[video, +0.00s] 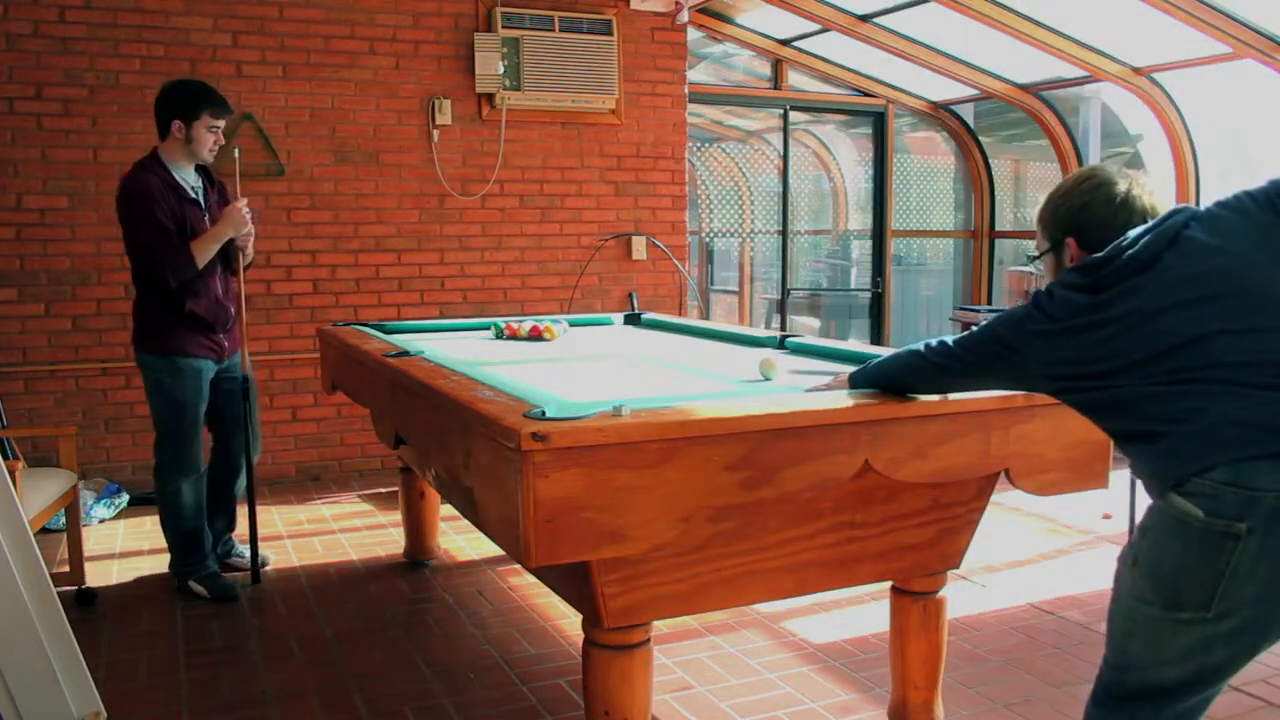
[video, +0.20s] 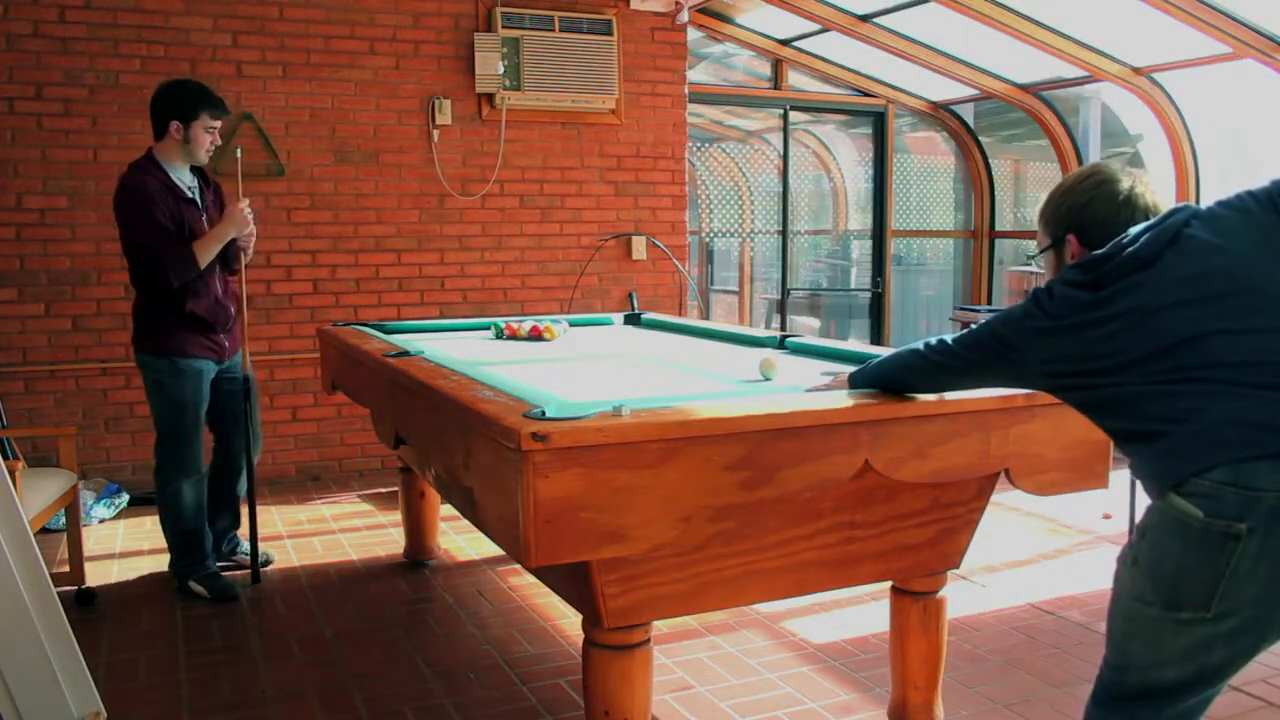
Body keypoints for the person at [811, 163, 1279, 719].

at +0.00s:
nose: (1044, 270)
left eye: (1046, 253)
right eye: (1042, 255)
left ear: (1074, 251)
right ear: (1150, 223)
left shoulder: (1056, 321)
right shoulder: (1247, 218)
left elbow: (938, 362)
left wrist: (861, 376)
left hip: (1241, 504)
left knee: (1134, 703)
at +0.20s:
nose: (1048, 266)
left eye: (1049, 250)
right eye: (1045, 252)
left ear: (1076, 248)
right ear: (1153, 220)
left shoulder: (1057, 317)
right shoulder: (1248, 217)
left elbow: (939, 360)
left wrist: (861, 375)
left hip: (1238, 505)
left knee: (1134, 703)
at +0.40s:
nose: (1049, 266)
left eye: (1050, 251)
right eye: (1047, 253)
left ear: (1076, 248)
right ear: (1153, 218)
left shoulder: (1055, 319)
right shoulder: (1250, 214)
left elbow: (938, 361)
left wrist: (863, 376)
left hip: (1239, 505)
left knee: (1134, 704)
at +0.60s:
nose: (1050, 267)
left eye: (1051, 251)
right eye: (1048, 253)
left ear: (1077, 247)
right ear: (1152, 218)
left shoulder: (1055, 319)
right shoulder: (1249, 213)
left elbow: (939, 360)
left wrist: (862, 376)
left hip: (1239, 503)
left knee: (1136, 704)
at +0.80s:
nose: (1047, 269)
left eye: (1048, 252)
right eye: (1045, 255)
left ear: (1076, 247)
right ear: (1152, 216)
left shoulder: (1056, 318)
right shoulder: (1249, 213)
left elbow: (939, 361)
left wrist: (860, 376)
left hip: (1239, 503)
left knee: (1135, 703)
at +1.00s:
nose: (1045, 271)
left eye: (1047, 253)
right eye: (1044, 256)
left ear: (1076, 248)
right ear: (1150, 218)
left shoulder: (1056, 319)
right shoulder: (1249, 211)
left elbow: (940, 361)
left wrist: (861, 376)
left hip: (1240, 503)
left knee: (1136, 704)